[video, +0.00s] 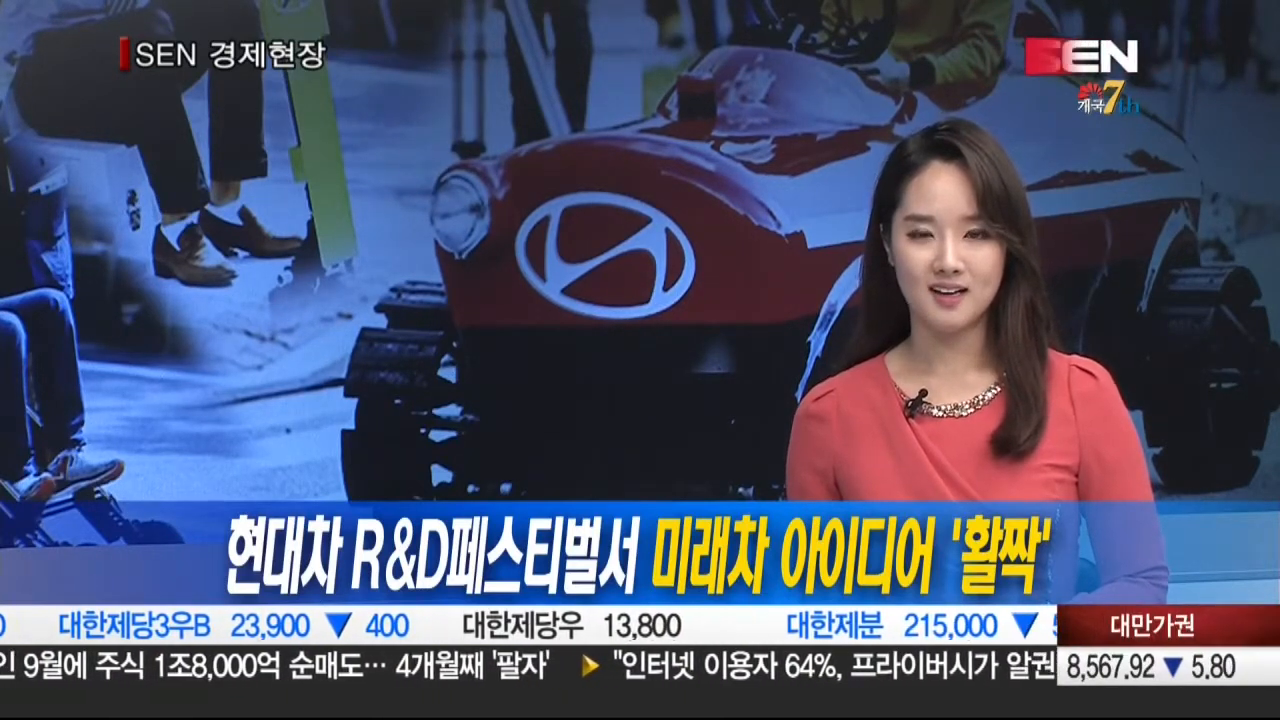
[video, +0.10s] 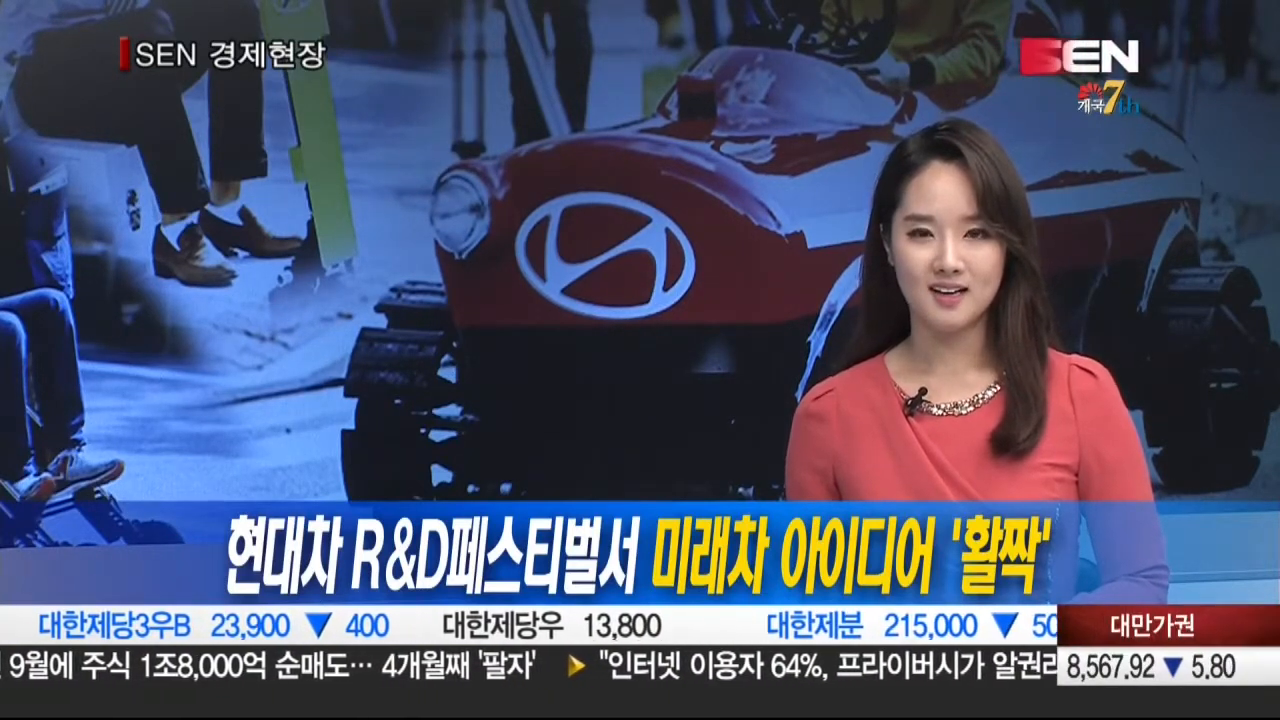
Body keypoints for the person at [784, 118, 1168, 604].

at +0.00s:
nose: (949, 262)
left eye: (976, 233)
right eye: (921, 234)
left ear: (1010, 247)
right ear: (888, 246)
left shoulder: (1082, 396)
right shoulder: (828, 417)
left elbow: (1142, 581)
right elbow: (810, 605)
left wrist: (1037, 641)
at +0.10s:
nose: (949, 262)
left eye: (976, 233)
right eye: (921, 233)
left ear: (1010, 247)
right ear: (887, 246)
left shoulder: (1082, 396)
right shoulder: (827, 416)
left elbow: (1143, 580)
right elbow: (809, 605)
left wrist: (1035, 640)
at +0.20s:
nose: (949, 261)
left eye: (976, 233)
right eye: (921, 233)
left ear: (1010, 247)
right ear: (887, 246)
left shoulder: (1082, 395)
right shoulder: (827, 416)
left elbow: (1143, 579)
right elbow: (808, 604)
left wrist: (1035, 639)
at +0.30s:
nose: (948, 261)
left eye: (976, 232)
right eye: (921, 232)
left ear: (1010, 247)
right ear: (887, 245)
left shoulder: (1081, 395)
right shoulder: (827, 416)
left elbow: (1143, 579)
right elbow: (808, 604)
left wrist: (1036, 637)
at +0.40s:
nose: (949, 259)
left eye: (976, 230)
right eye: (921, 231)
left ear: (1010, 246)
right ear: (887, 245)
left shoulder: (1081, 395)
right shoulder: (827, 416)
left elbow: (1143, 580)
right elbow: (808, 605)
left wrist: (1034, 637)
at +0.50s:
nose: (949, 257)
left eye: (976, 229)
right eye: (921, 230)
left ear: (1010, 245)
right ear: (887, 244)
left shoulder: (1081, 395)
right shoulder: (827, 416)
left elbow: (1143, 579)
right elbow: (808, 604)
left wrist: (1034, 637)